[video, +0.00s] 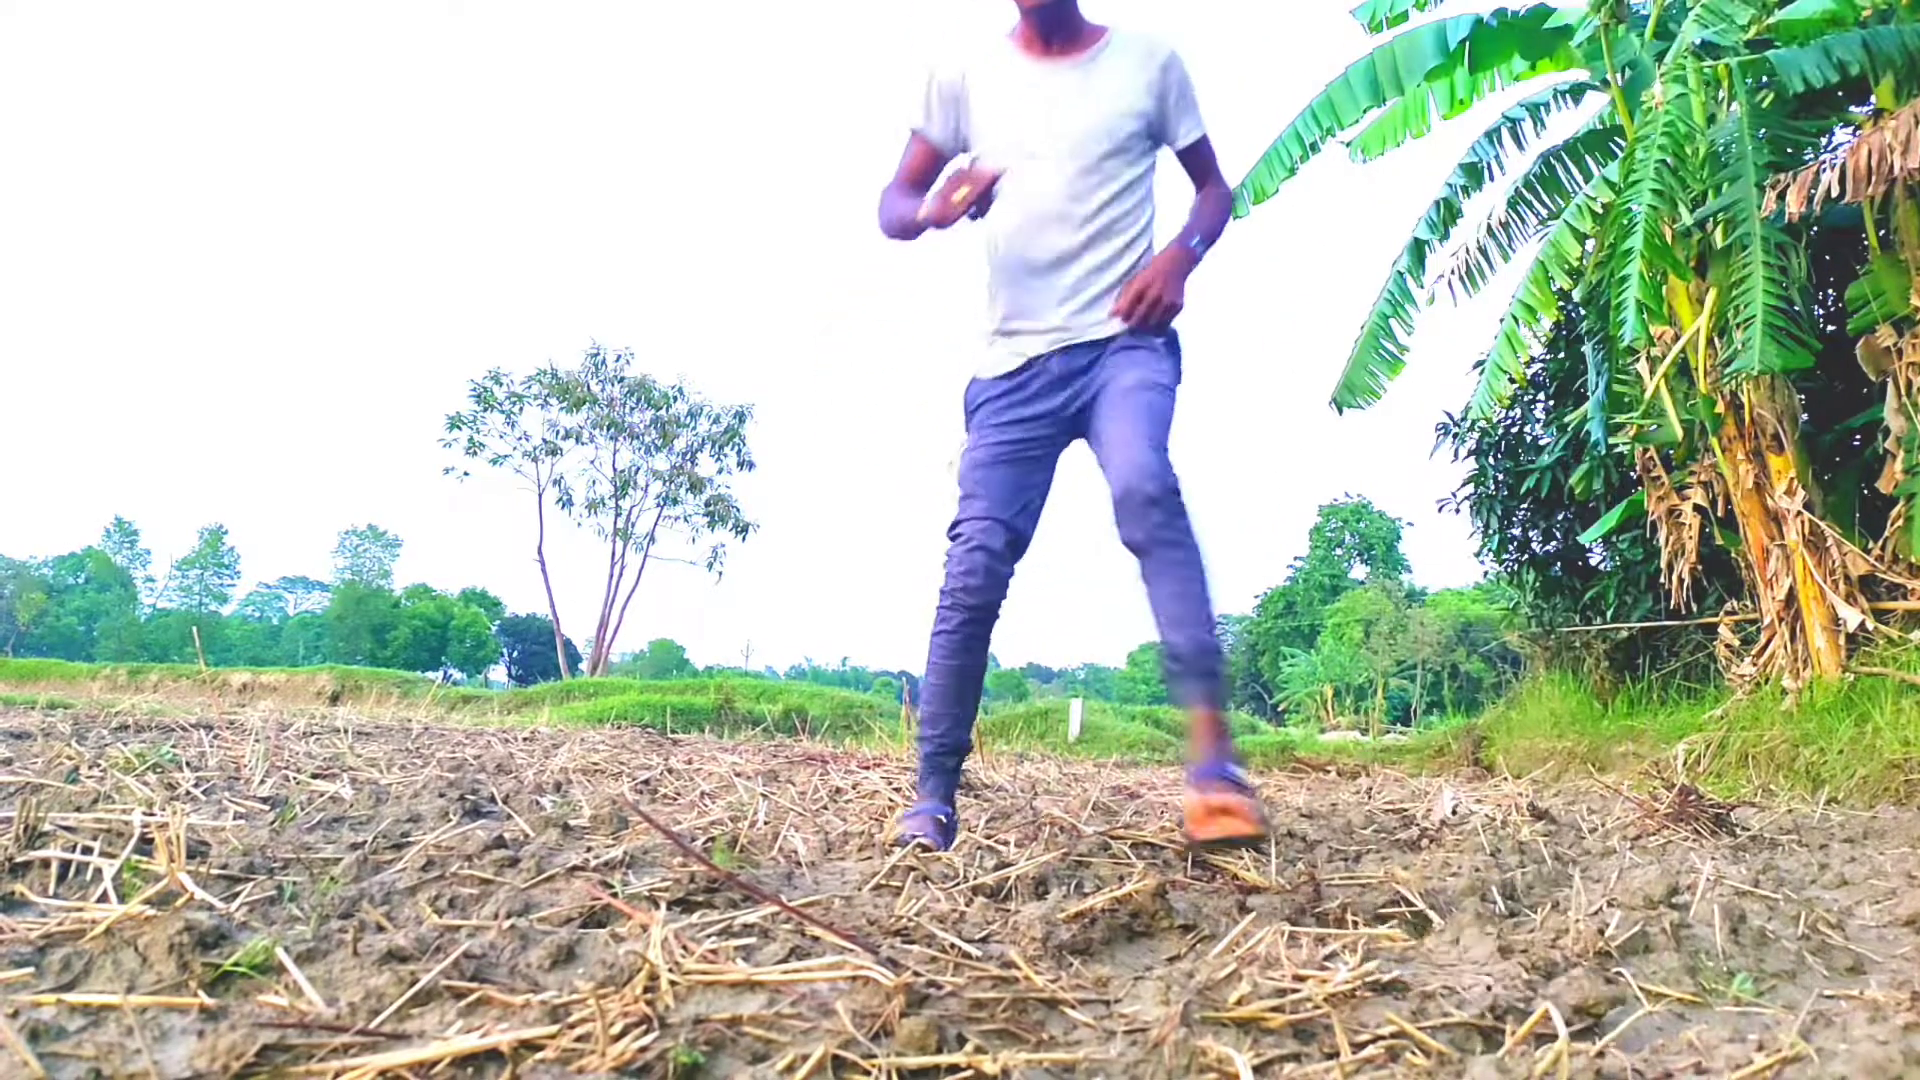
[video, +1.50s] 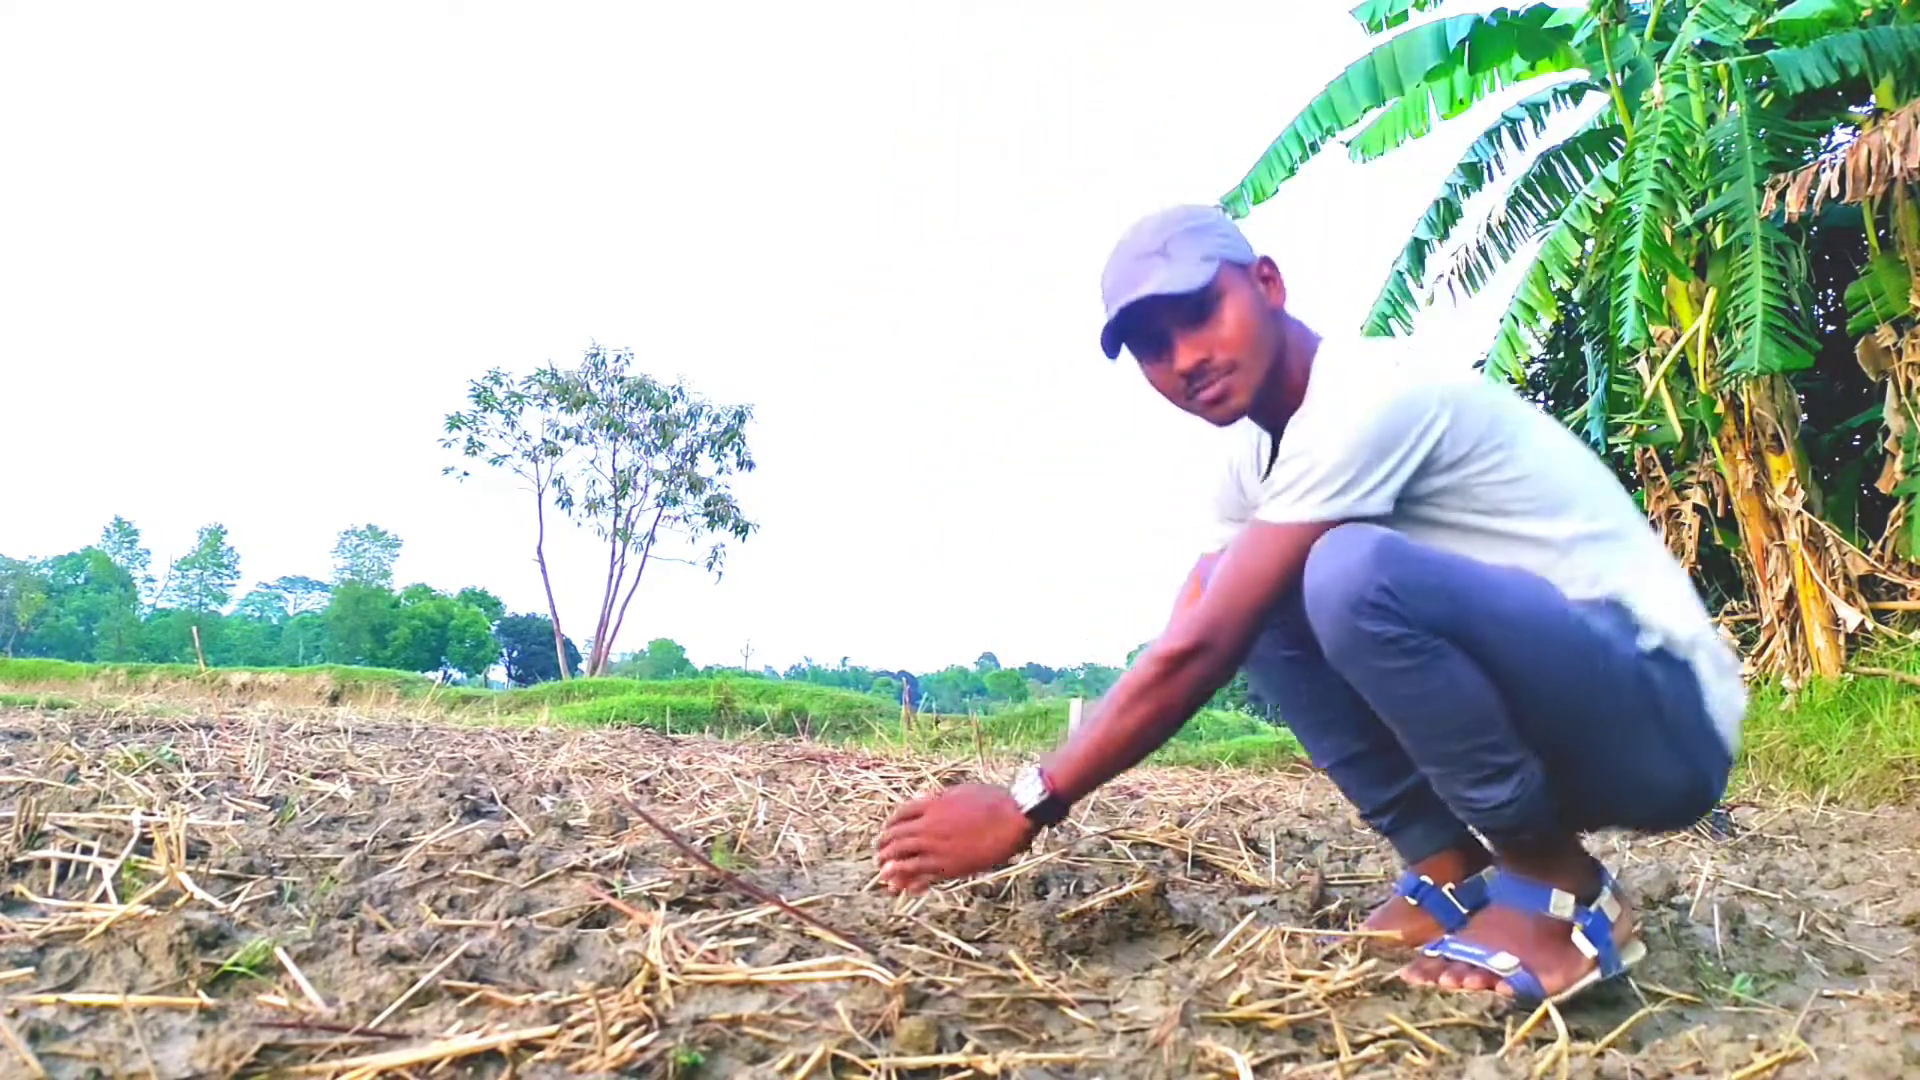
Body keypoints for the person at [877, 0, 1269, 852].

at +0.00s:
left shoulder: (1148, 64)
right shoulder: (963, 78)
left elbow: (1215, 191)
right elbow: (894, 210)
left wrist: (1178, 257)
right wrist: (931, 212)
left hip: (1125, 343)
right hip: (1015, 366)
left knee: (1145, 492)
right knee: (974, 568)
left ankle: (1212, 758)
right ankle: (933, 801)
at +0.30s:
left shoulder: (1291, 7)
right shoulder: (1119, 39)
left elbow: (1415, 108)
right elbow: (1134, 188)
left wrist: (1281, 195)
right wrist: (1094, 276)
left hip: (1317, 316)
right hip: (1208, 340)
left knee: (1281, 564)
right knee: (1082, 518)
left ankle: (1320, 871)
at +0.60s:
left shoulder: (1389, 5)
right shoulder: (1199, 32)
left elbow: (1515, 62)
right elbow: (1198, 203)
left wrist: (1386, 194)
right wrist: (1156, 321)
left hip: (1460, 248)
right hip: (1394, 278)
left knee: (1272, 444)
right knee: (1300, 586)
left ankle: (1426, 778)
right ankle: (1385, 846)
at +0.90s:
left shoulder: (1450, 6)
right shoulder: (1289, 25)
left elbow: (1492, 127)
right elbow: (1311, 216)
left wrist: (1387, 361)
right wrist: (1252, 407)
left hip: (1587, 247)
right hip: (1468, 280)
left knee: (1408, 535)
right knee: (1277, 521)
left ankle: (1579, 910)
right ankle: (1431, 826)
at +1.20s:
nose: (1186, 140)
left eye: (1190, 91)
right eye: (1153, 129)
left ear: (1257, 40)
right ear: (1147, 149)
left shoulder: (1408, 103)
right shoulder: (1267, 230)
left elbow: (1321, 392)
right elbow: (1231, 436)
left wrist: (1187, 614)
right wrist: (1142, 621)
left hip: (1714, 346)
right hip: (1583, 374)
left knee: (1438, 541)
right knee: (1332, 531)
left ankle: (1603, 924)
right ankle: (1471, 875)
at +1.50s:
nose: (1180, 361)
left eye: (1193, 313)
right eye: (1147, 346)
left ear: (1269, 283)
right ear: (1138, 369)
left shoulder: (1371, 398)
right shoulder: (1254, 466)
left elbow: (1196, 655)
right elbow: (1189, 649)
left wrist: (1028, 806)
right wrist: (1037, 798)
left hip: (1661, 712)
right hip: (1553, 731)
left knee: (1354, 576)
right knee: (1247, 603)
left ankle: (1560, 893)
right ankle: (1456, 873)